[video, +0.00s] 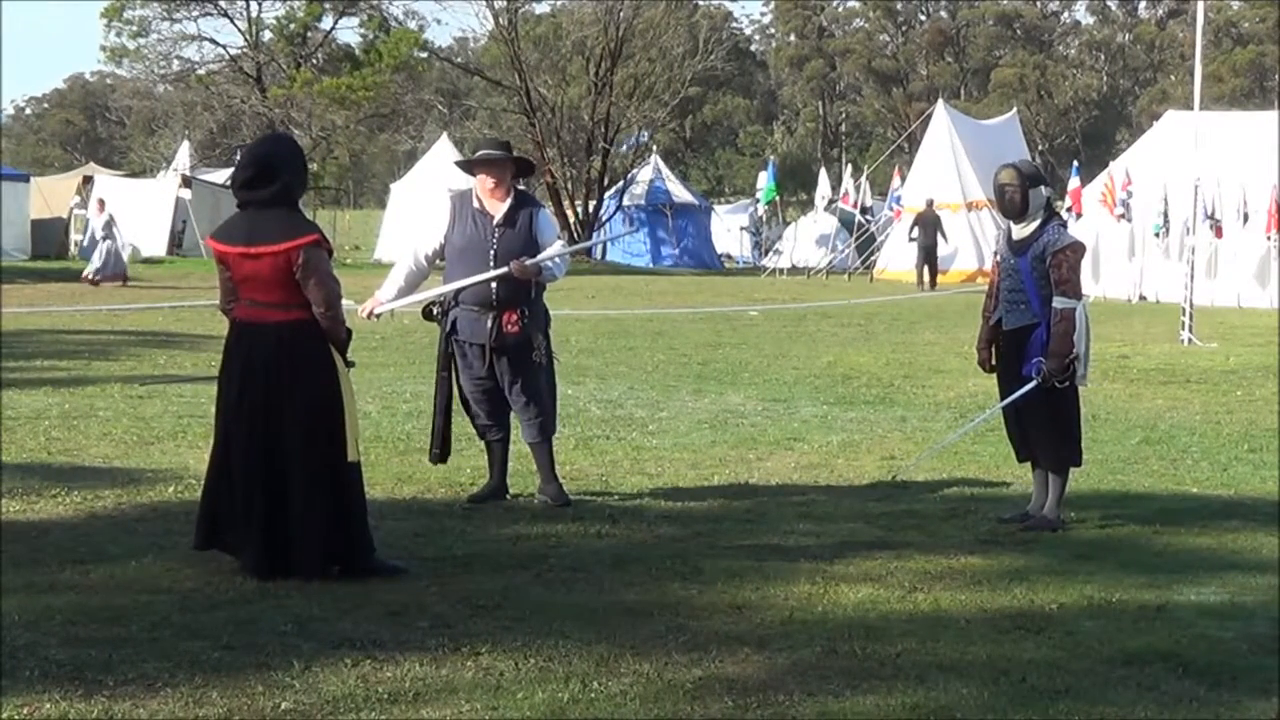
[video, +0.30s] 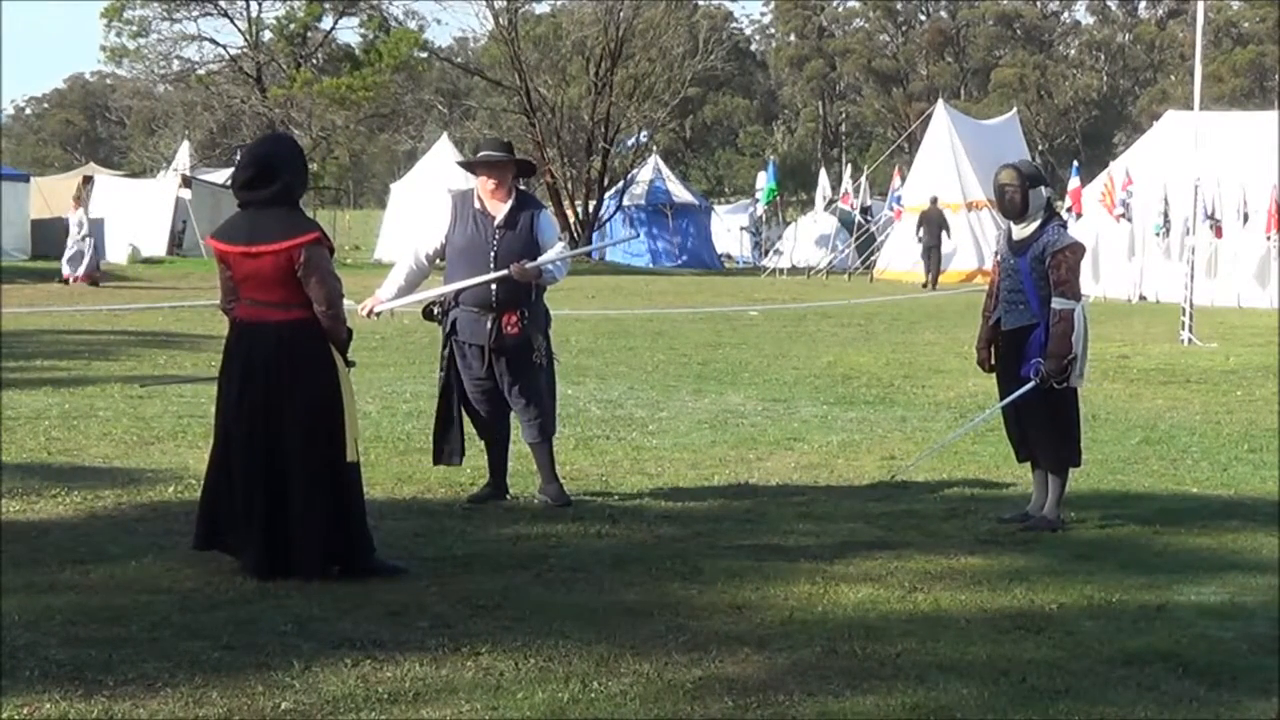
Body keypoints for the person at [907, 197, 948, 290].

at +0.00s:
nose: (931, 206)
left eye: (929, 204)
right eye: (931, 204)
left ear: (925, 204)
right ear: (933, 204)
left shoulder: (920, 215)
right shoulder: (936, 216)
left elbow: (912, 226)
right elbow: (940, 228)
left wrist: (909, 236)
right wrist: (945, 238)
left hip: (922, 243)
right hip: (932, 244)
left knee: (920, 263)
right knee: (933, 264)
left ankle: (920, 284)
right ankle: (933, 283)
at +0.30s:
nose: (934, 204)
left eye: (933, 202)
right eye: (935, 202)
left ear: (929, 202)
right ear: (937, 202)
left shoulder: (924, 213)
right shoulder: (940, 212)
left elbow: (919, 225)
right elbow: (945, 224)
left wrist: (917, 234)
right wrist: (948, 233)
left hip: (927, 241)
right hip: (936, 241)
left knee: (926, 258)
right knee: (936, 261)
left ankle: (926, 278)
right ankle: (934, 283)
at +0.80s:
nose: (946, 205)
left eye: (944, 203)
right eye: (945, 203)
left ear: (937, 203)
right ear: (944, 203)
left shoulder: (931, 213)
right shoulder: (947, 215)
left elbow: (926, 224)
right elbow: (950, 228)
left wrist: (923, 233)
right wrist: (955, 237)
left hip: (934, 242)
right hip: (944, 242)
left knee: (934, 261)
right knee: (947, 259)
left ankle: (933, 280)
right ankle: (941, 278)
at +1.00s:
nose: (951, 206)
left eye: (950, 204)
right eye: (951, 204)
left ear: (943, 204)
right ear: (950, 204)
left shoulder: (938, 213)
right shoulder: (952, 215)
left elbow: (931, 225)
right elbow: (953, 228)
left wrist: (931, 234)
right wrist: (956, 238)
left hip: (940, 241)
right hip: (950, 241)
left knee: (937, 261)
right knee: (952, 262)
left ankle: (934, 281)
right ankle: (955, 280)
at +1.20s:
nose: (959, 208)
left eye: (958, 206)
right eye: (958, 206)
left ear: (951, 206)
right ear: (957, 206)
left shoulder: (945, 216)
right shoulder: (960, 217)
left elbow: (940, 230)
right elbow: (962, 231)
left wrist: (944, 237)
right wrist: (966, 239)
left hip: (948, 243)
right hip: (958, 243)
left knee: (944, 262)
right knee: (959, 263)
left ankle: (938, 279)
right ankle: (958, 282)